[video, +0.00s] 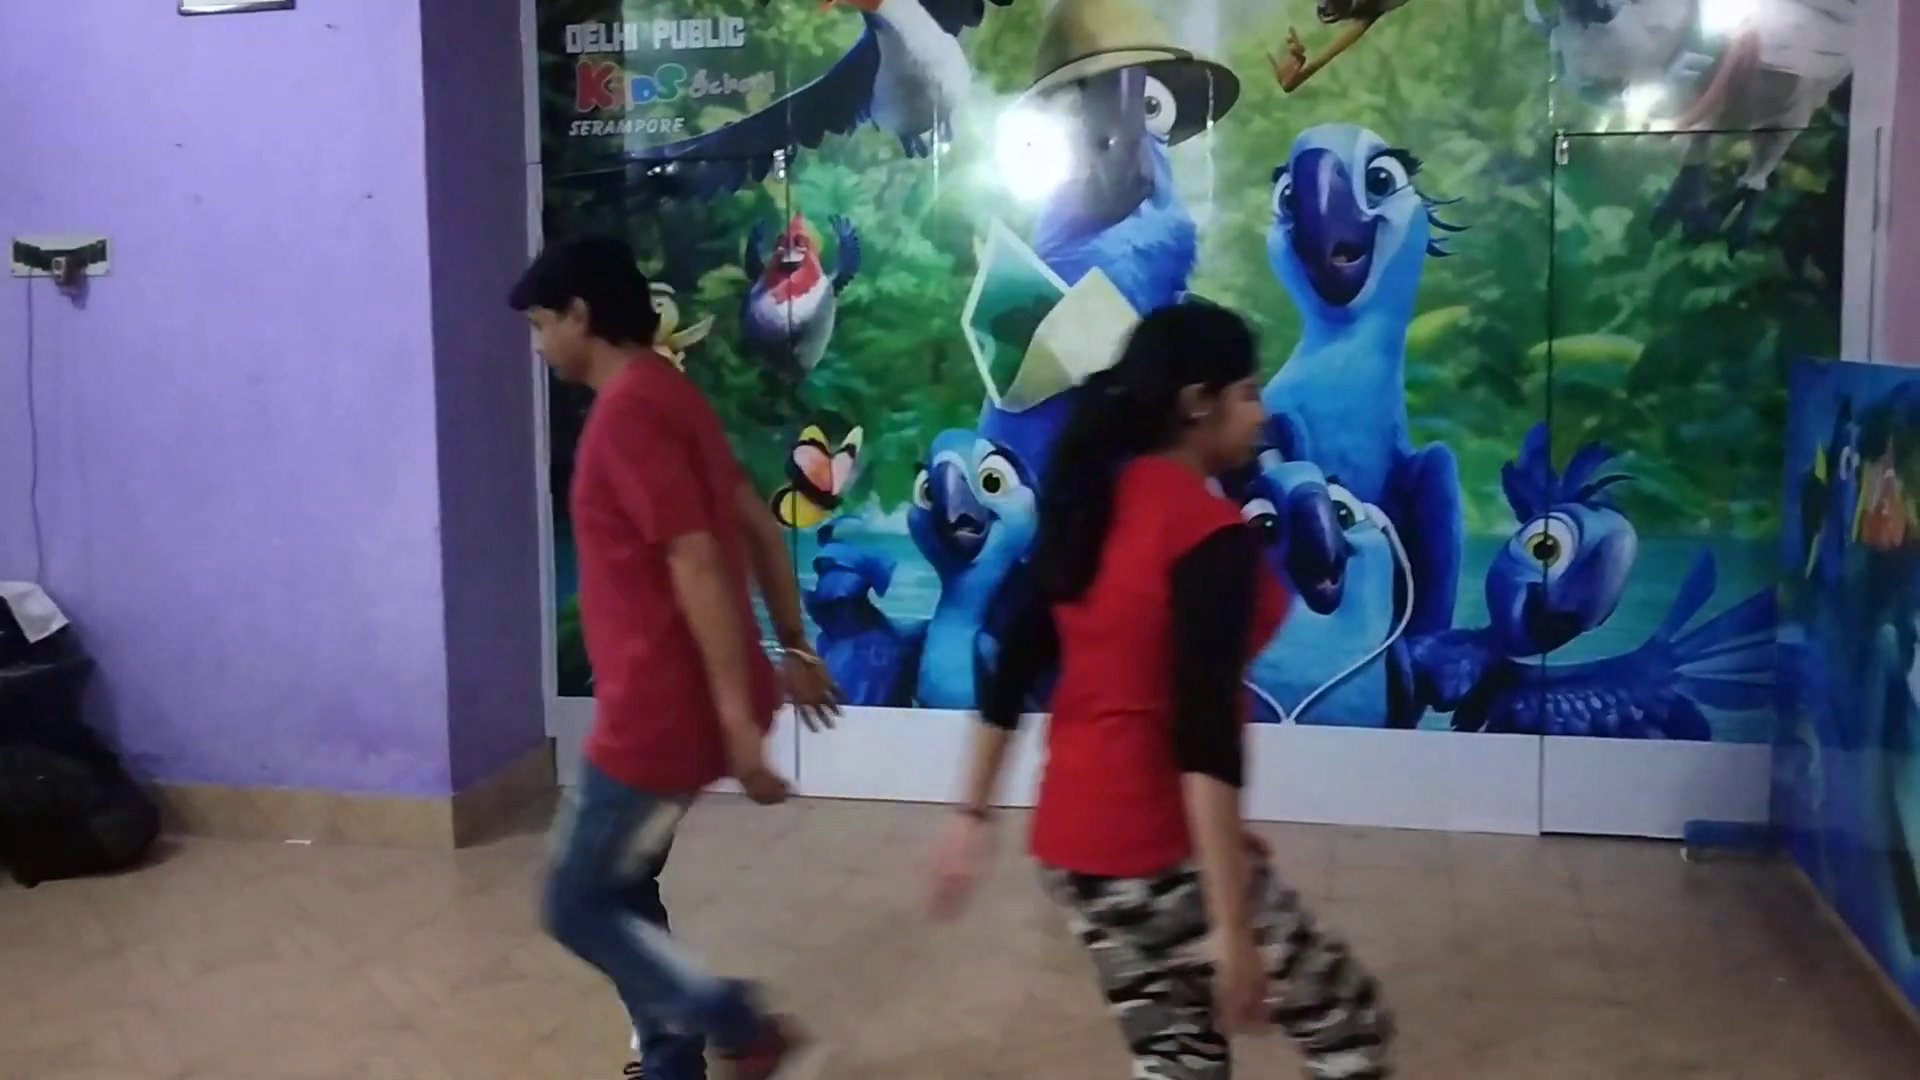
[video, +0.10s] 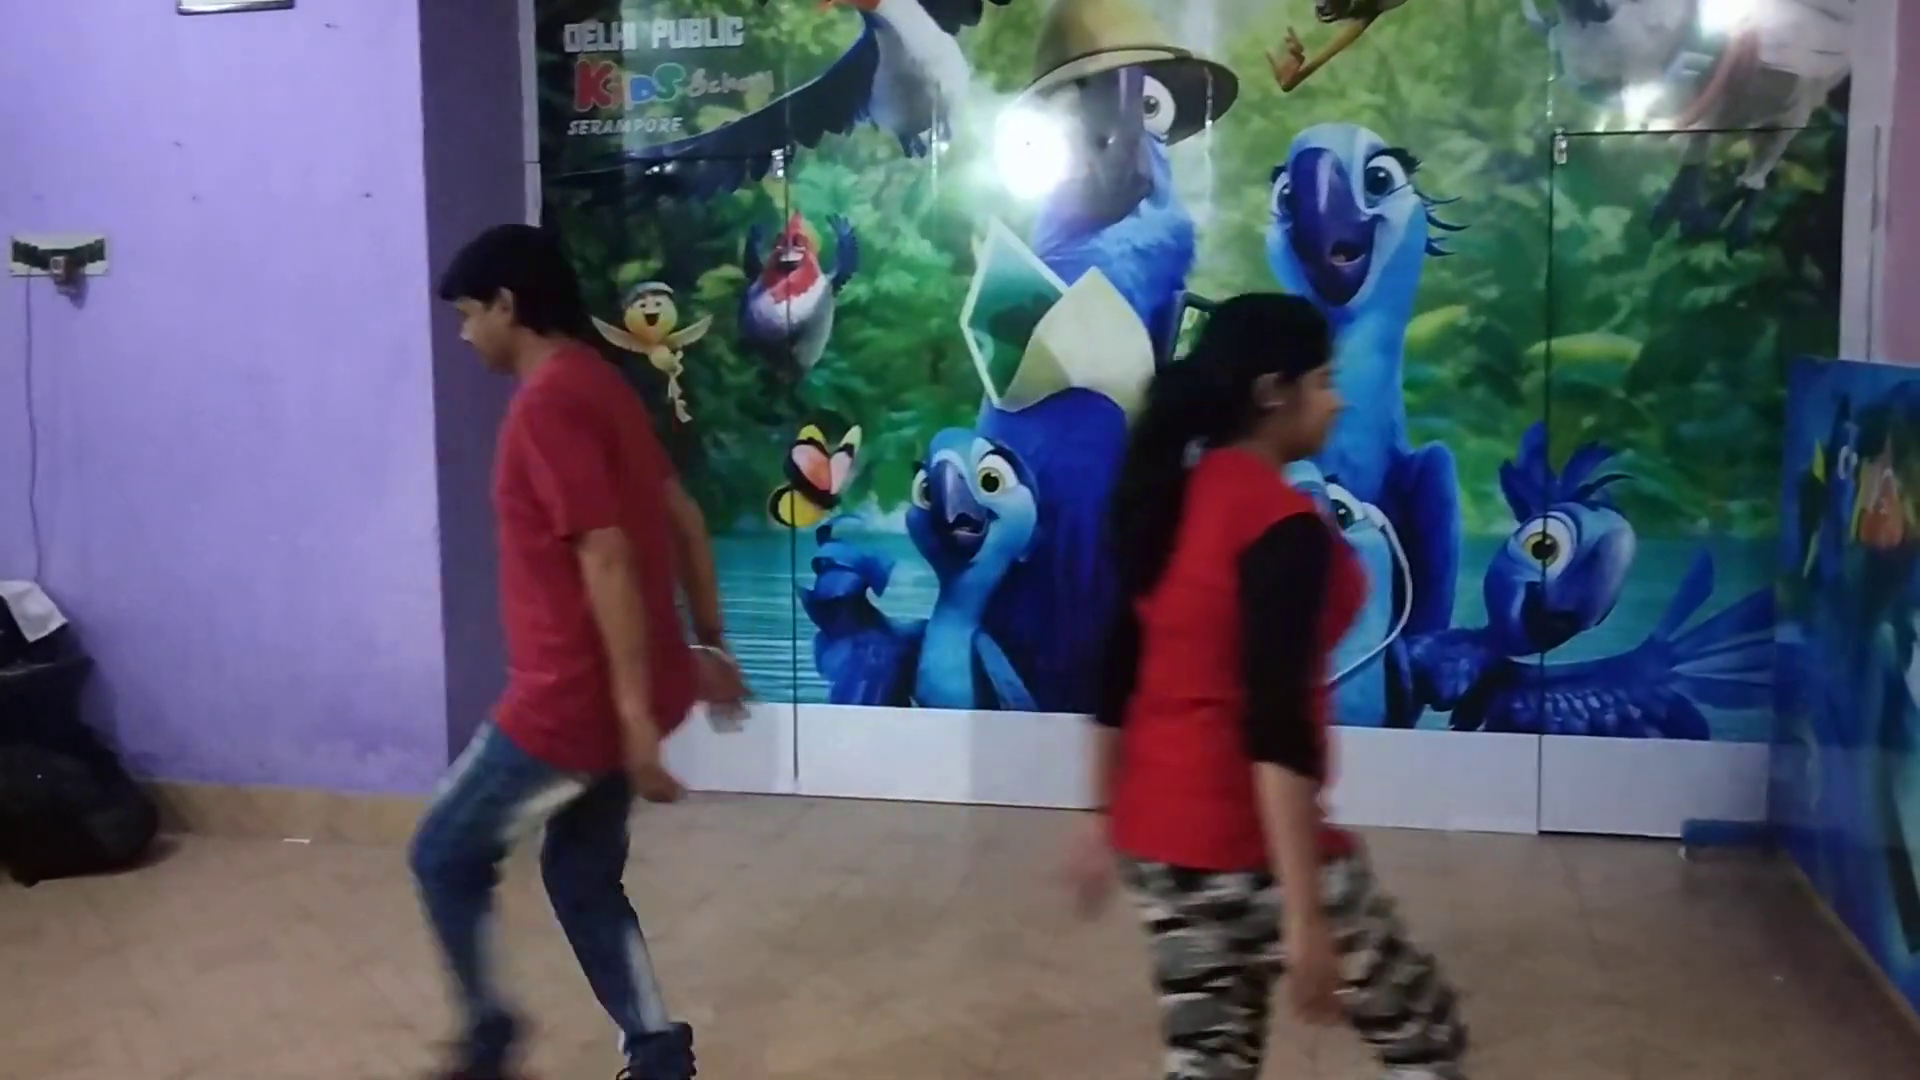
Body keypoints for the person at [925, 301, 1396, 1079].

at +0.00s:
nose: (1262, 414)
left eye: (1258, 393)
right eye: (1249, 393)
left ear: (1187, 402)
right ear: (1196, 403)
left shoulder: (1093, 498)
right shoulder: (1210, 532)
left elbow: (1015, 654)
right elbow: (1206, 742)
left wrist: (971, 813)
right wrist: (1235, 938)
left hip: (1075, 843)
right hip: (1161, 849)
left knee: (1180, 1058)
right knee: (1348, 1023)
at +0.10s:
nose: (1338, 403)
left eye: (1334, 382)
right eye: (1326, 382)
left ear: (1256, 393)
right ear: (1273, 393)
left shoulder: (1174, 493)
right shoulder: (1284, 522)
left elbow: (1121, 663)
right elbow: (1278, 728)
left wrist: (1101, 812)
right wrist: (1305, 921)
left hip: (1159, 842)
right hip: (1256, 846)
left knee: (1209, 1059)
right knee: (1424, 1034)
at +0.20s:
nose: (1415, 388)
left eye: (1412, 367)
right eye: (1404, 368)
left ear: (1337, 379)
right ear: (1350, 379)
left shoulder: (1259, 488)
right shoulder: (1364, 515)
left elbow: (1226, 667)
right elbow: (1358, 726)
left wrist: (1223, 819)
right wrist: (1386, 915)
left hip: (1267, 841)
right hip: (1363, 844)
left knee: (1312, 1048)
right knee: (1496, 1024)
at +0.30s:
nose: (1492, 377)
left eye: (1488, 357)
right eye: (1480, 358)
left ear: (1413, 371)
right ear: (1425, 370)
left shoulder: (1344, 475)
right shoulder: (1432, 510)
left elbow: (1324, 662)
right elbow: (1433, 725)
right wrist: (1469, 911)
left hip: (1346, 827)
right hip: (1423, 835)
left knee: (1467, 1026)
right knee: (1549, 1030)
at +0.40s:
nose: (1557, 375)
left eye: (1555, 356)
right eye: (1548, 356)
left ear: (1478, 364)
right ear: (1495, 364)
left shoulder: (1410, 468)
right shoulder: (1491, 509)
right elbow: (1499, 725)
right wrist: (1548, 908)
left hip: (1413, 810)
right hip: (1472, 823)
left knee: (1571, 994)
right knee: (1593, 1002)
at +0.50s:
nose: (1617, 369)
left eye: (1615, 350)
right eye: (1609, 349)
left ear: (1538, 357)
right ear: (1554, 357)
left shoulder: (1469, 460)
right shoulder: (1540, 500)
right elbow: (1552, 711)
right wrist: (1605, 890)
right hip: (1522, 819)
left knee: (1673, 979)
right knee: (1606, 1039)